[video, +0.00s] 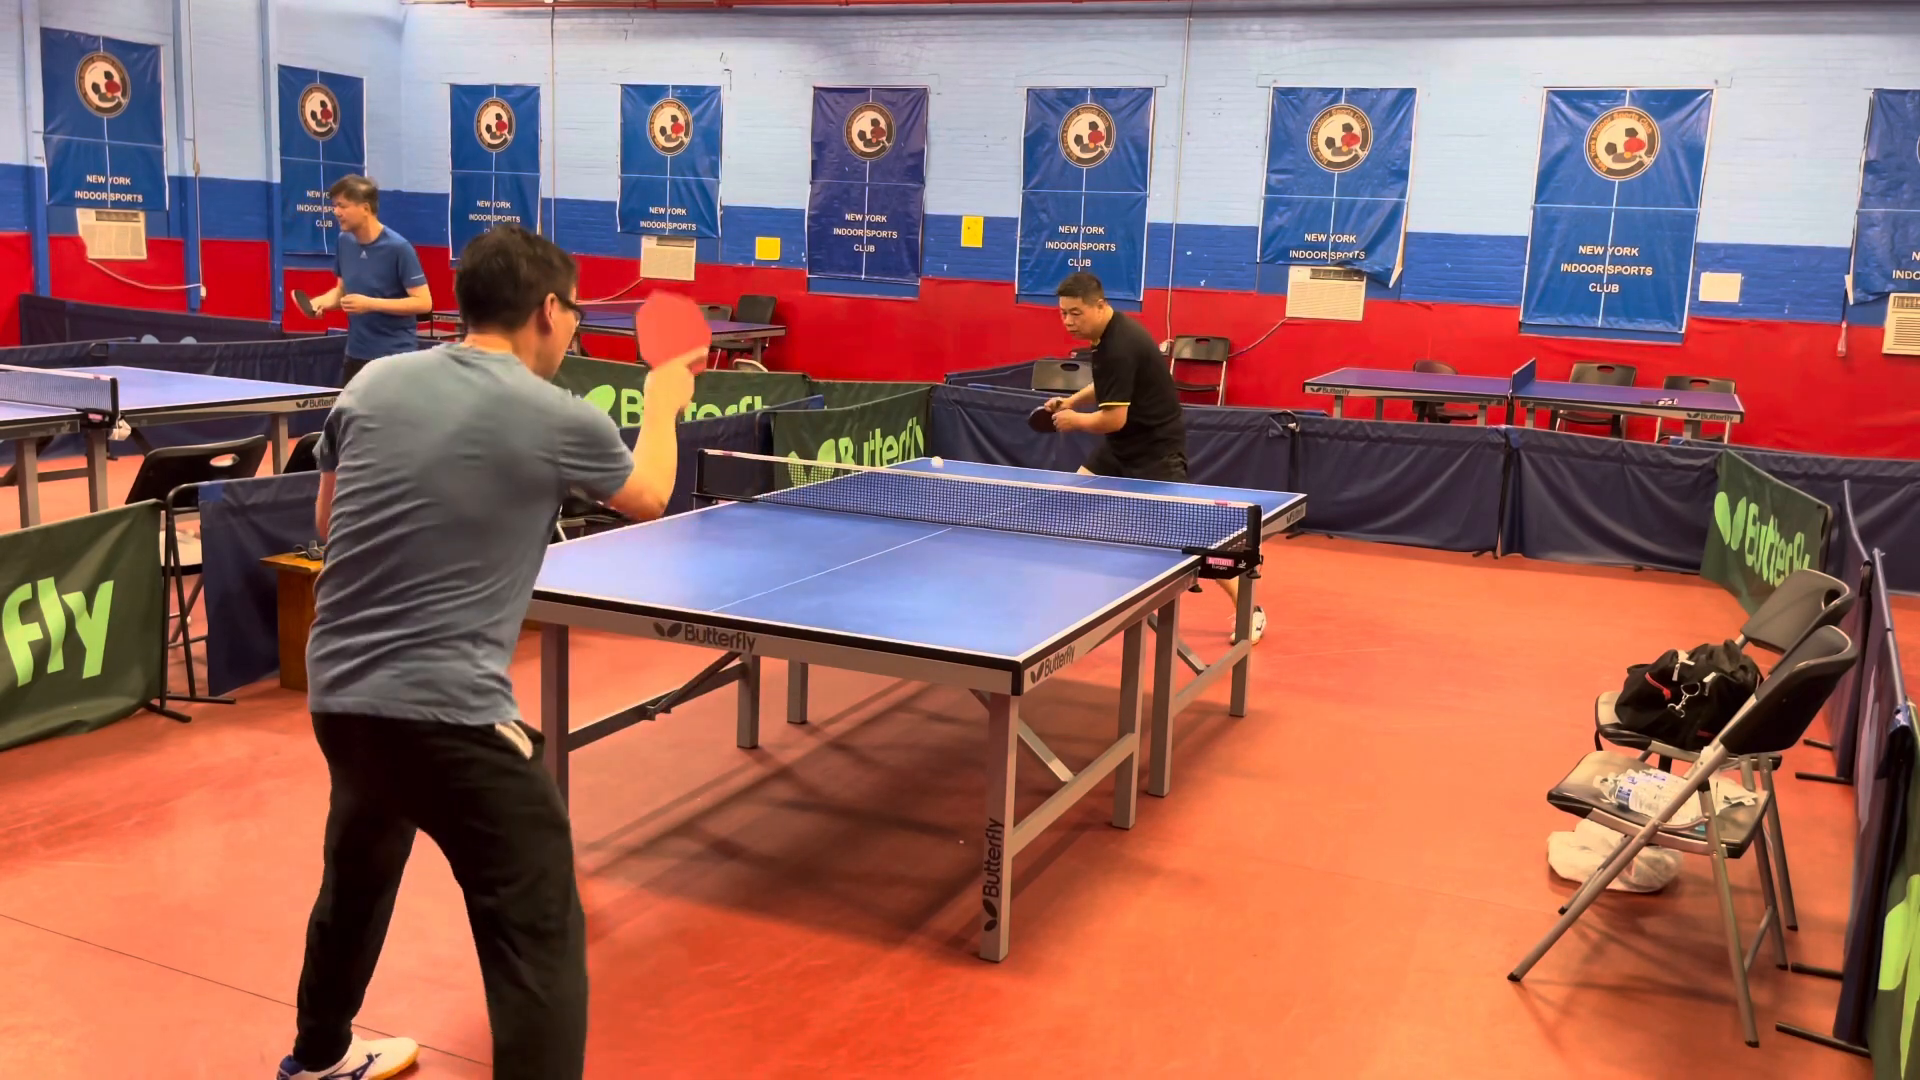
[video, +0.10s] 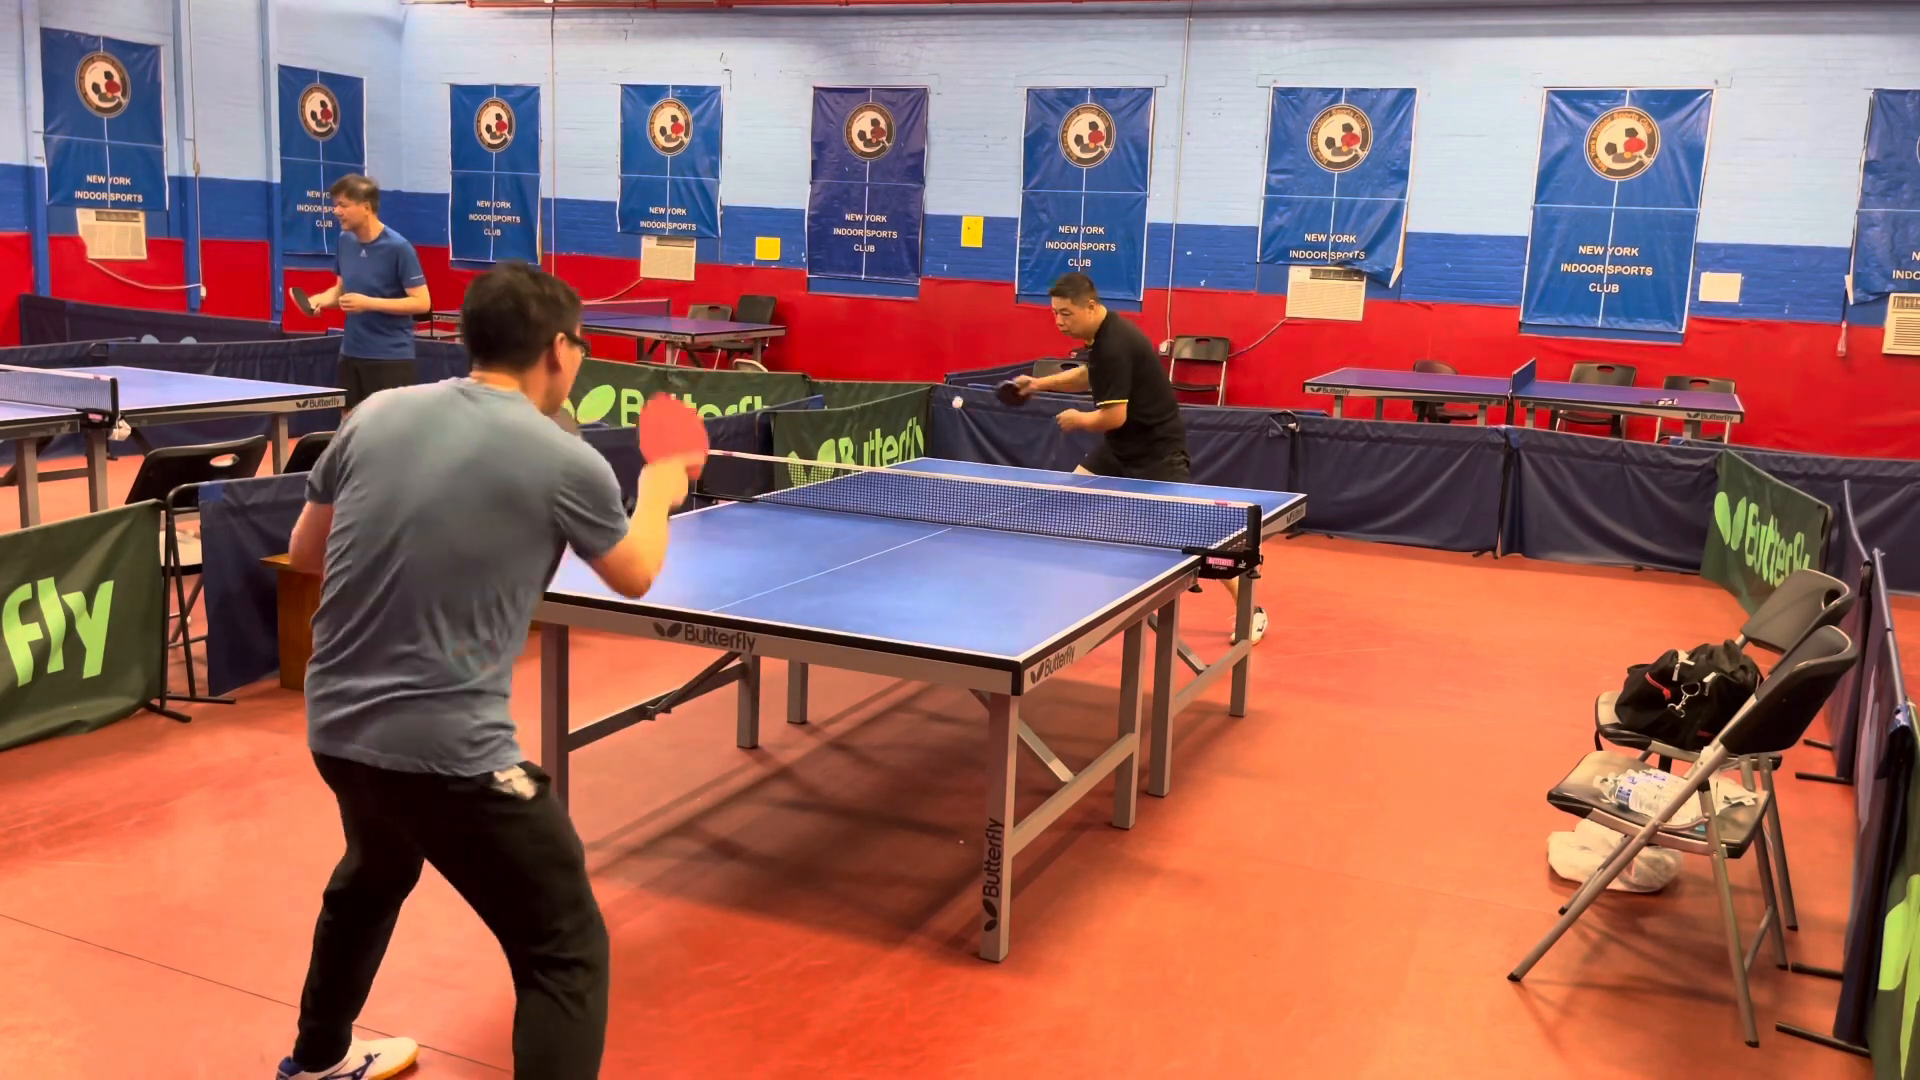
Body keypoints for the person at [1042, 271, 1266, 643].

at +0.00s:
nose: (1067, 322)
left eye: (1074, 314)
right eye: (1063, 314)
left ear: (1100, 306)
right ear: (1064, 310)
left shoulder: (1121, 344)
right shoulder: (1106, 334)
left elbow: (1115, 419)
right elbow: (1108, 383)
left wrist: (1076, 421)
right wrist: (1071, 401)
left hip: (1157, 452)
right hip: (1119, 446)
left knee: (1191, 532)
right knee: (1069, 506)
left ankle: (1248, 612)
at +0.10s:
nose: (1059, 323)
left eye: (1065, 314)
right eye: (1056, 314)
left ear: (1092, 307)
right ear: (1084, 310)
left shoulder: (1116, 343)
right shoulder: (1102, 337)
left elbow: (1115, 415)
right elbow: (1089, 376)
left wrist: (1080, 420)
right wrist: (1038, 384)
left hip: (1158, 452)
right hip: (1119, 447)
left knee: (1193, 530)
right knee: (1065, 501)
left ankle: (1250, 610)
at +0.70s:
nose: (1058, 316)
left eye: (1067, 307)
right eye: (1053, 308)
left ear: (1089, 303)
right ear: (1048, 307)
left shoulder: (1121, 340)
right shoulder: (1052, 344)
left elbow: (1138, 402)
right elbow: (1042, 394)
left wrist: (1084, 420)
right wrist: (1029, 417)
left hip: (1139, 442)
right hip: (1086, 441)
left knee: (1164, 516)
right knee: (1039, 497)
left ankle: (1199, 594)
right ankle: (1027, 577)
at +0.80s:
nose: (1053, 313)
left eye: (1061, 304)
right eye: (1048, 305)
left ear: (1083, 299)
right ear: (1044, 304)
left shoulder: (1110, 335)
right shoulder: (1061, 335)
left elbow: (1120, 402)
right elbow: (1065, 382)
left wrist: (1076, 411)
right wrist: (1038, 413)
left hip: (1140, 435)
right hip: (1097, 432)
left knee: (1166, 513)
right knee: (1052, 495)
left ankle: (1225, 589)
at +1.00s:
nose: (1072, 322)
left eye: (1079, 314)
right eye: (1067, 314)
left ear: (1103, 306)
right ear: (1065, 312)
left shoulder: (1125, 345)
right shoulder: (1110, 337)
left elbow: (1120, 417)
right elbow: (1112, 378)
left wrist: (1083, 423)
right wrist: (1078, 389)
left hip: (1155, 450)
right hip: (1119, 444)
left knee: (1181, 526)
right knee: (1066, 498)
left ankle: (1231, 602)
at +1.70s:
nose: (1107, 319)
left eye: (1116, 310)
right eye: (1102, 311)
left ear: (1138, 305)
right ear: (1098, 310)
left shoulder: (1168, 345)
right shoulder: (1113, 344)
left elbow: (1176, 414)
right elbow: (1111, 395)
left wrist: (1125, 427)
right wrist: (1086, 424)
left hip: (1180, 453)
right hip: (1133, 448)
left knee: (1204, 529)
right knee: (1086, 503)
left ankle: (1249, 609)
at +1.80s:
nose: (1088, 323)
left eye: (1096, 314)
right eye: (1084, 314)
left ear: (1120, 308)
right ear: (1082, 311)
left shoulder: (1143, 345)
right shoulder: (1117, 338)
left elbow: (1139, 419)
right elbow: (1119, 389)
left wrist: (1095, 423)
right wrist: (1087, 413)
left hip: (1173, 454)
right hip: (1136, 447)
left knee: (1194, 528)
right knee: (1089, 502)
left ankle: (1257, 606)